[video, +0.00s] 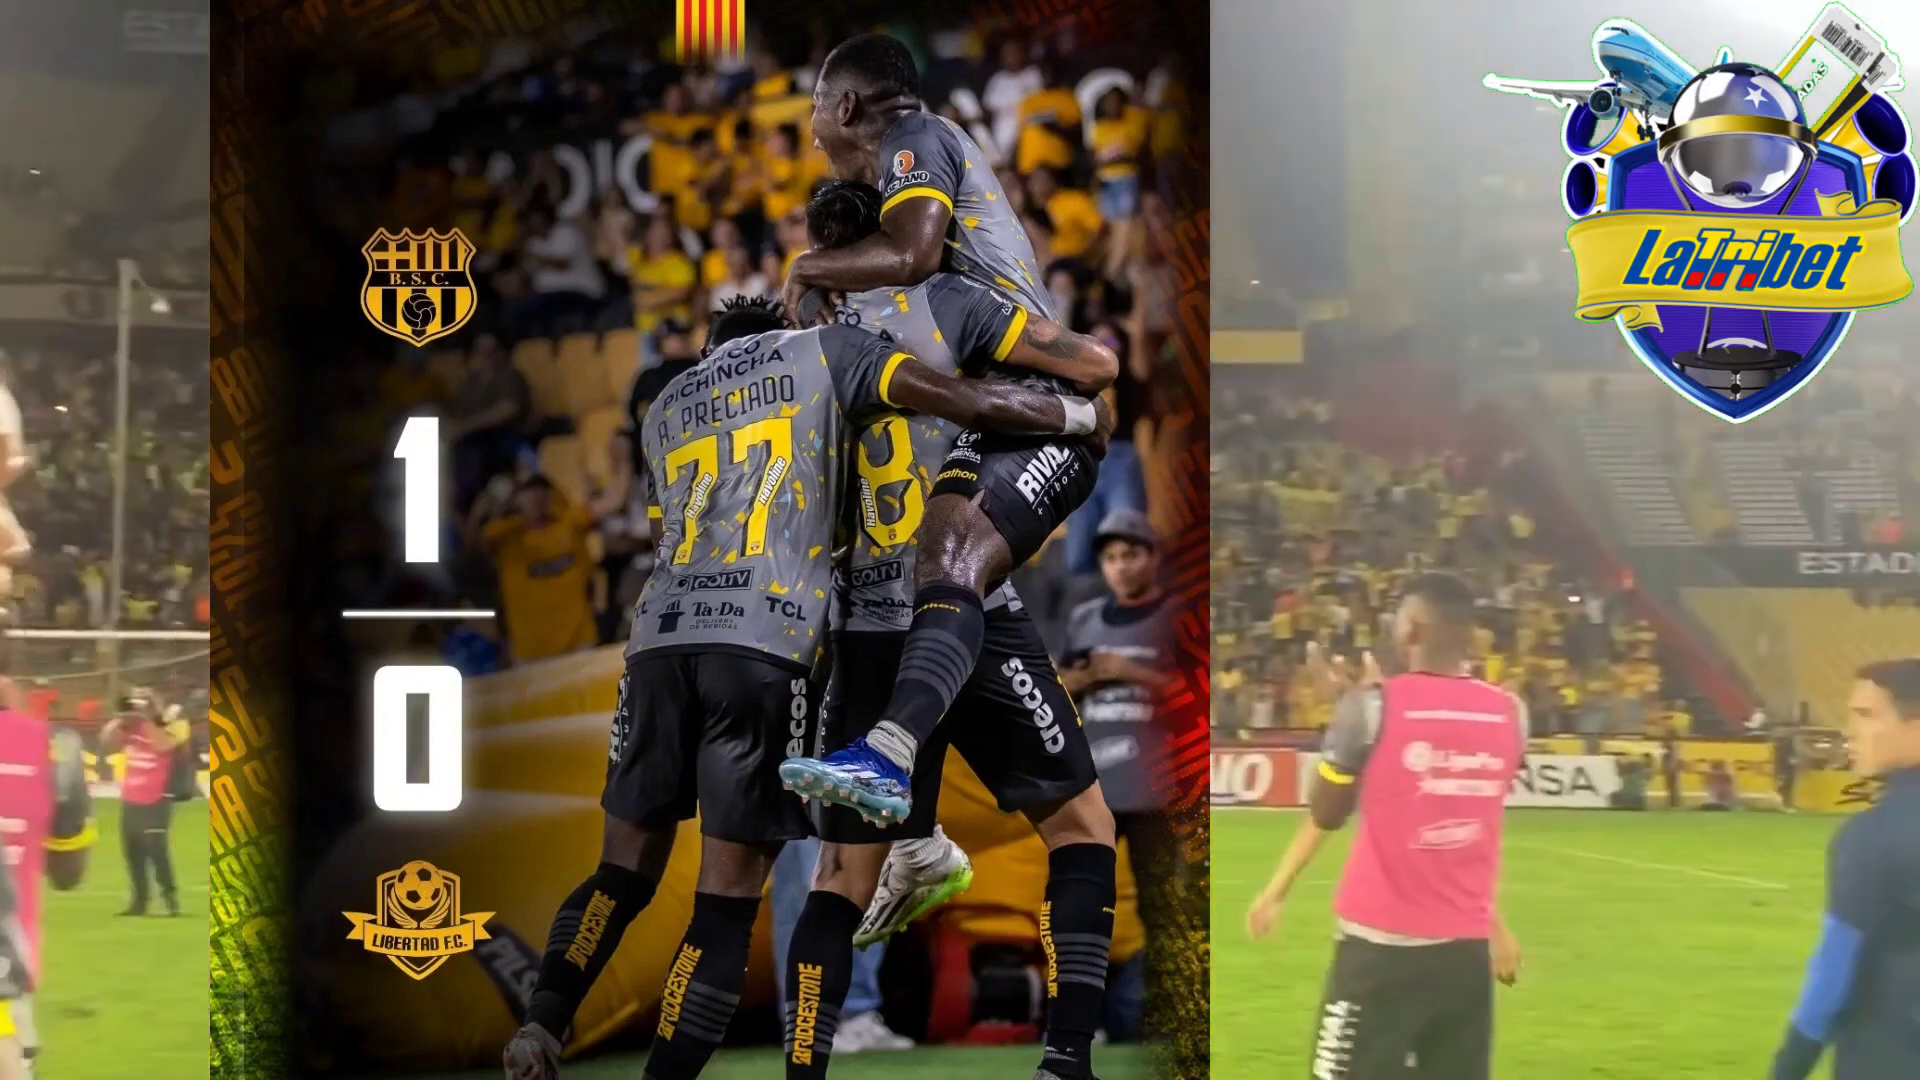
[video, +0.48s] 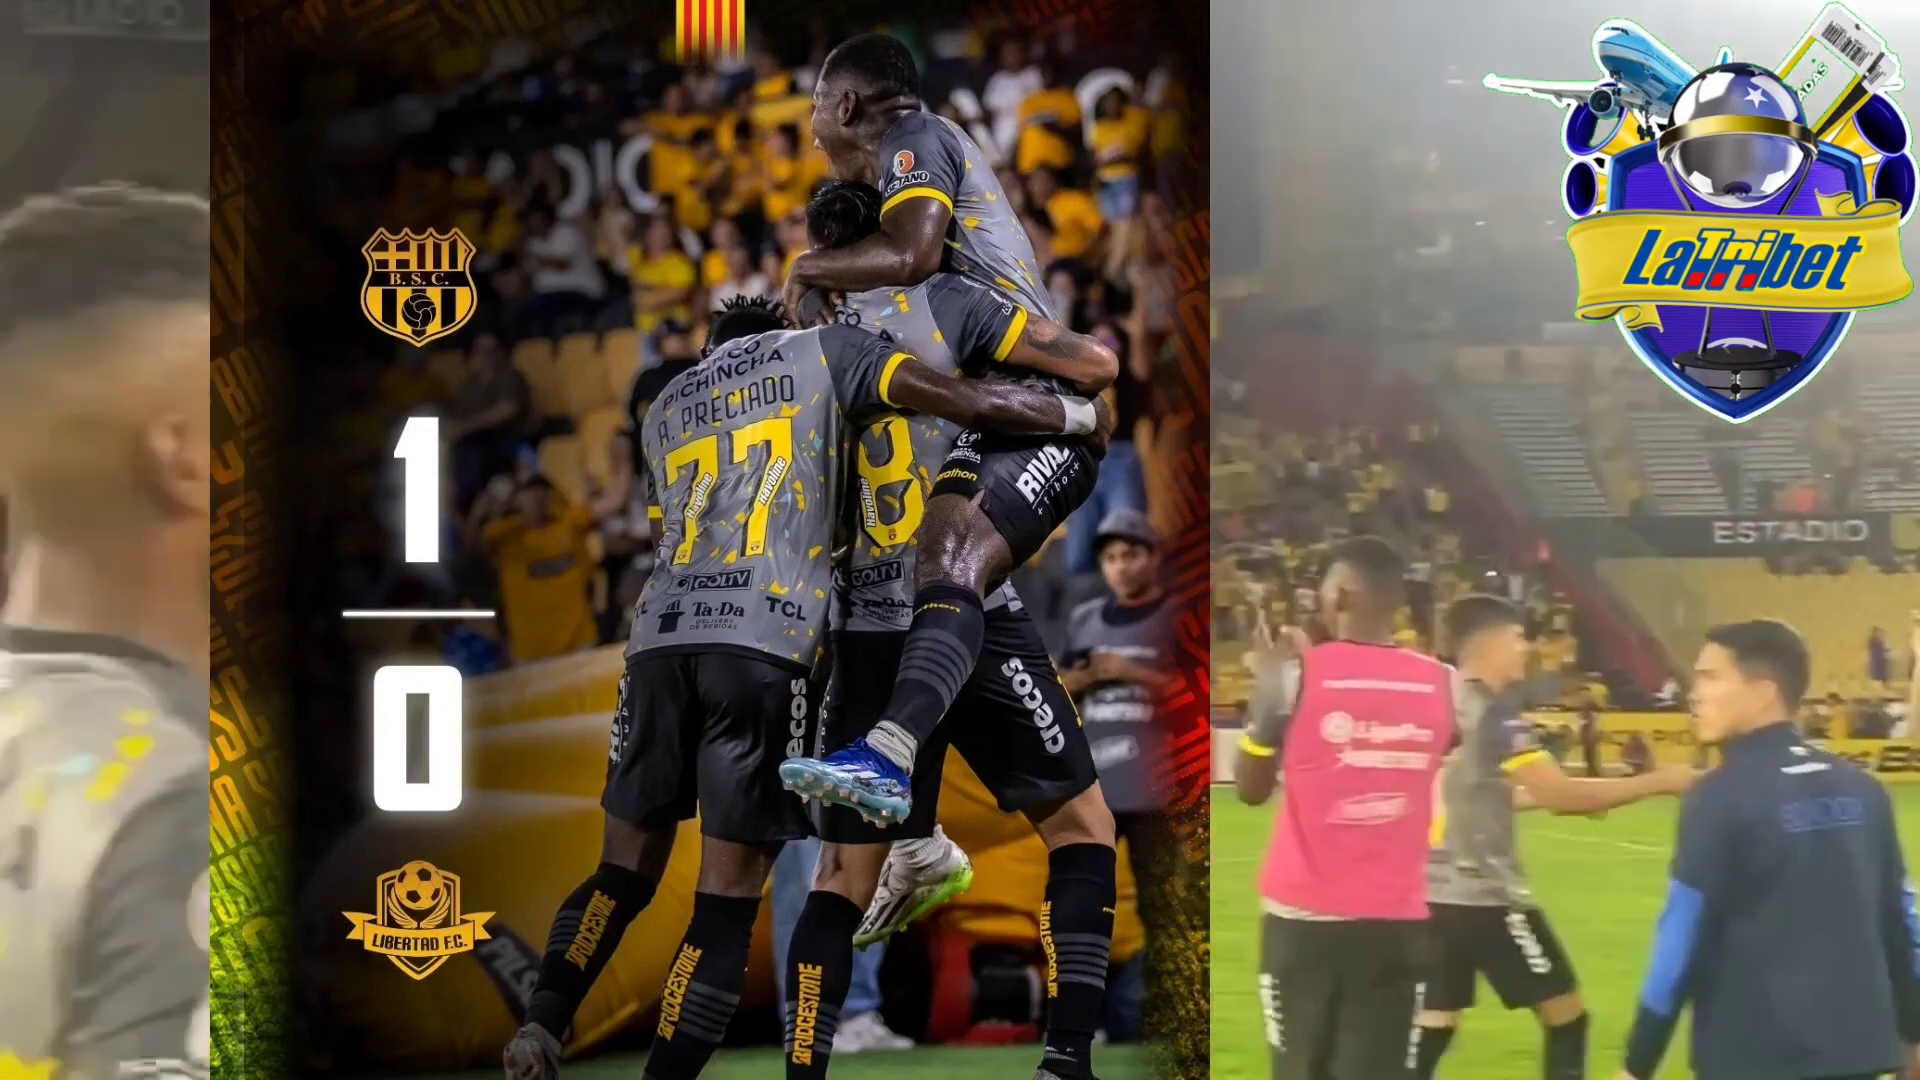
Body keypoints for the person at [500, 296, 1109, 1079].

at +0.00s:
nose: (828, 325)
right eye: (816, 318)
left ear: (708, 345)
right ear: (790, 323)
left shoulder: (660, 407)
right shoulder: (830, 348)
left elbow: (679, 522)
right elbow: (973, 400)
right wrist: (1089, 417)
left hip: (657, 648)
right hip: (762, 648)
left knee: (623, 865)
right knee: (728, 892)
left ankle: (542, 1027)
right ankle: (667, 1075)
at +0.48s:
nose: (828, 325)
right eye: (816, 318)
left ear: (708, 345)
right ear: (790, 323)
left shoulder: (660, 407)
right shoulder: (830, 348)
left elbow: (679, 522)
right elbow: (973, 400)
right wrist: (1089, 417)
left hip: (657, 648)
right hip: (762, 648)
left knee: (623, 865)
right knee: (728, 892)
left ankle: (542, 1027)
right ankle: (667, 1075)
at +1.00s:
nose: (826, 326)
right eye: (814, 319)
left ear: (709, 346)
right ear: (792, 324)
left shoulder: (660, 405)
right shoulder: (830, 348)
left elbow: (680, 521)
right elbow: (970, 400)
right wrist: (1088, 417)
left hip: (657, 648)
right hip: (762, 649)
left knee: (623, 865)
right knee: (727, 892)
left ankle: (542, 1028)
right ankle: (667, 1075)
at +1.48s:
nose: (826, 326)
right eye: (814, 319)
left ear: (709, 346)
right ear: (792, 324)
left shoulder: (660, 405)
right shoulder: (830, 348)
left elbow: (680, 521)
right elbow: (970, 400)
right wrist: (1088, 417)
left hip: (657, 648)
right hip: (762, 649)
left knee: (623, 865)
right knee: (727, 892)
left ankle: (542, 1028)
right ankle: (667, 1075)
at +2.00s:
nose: (826, 325)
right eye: (814, 319)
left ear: (710, 345)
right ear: (793, 324)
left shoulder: (661, 406)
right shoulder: (829, 348)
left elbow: (682, 519)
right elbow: (970, 399)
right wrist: (1086, 418)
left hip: (657, 648)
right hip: (762, 649)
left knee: (623, 865)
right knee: (727, 892)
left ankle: (542, 1027)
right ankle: (667, 1075)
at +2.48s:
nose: (827, 325)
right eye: (815, 319)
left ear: (709, 346)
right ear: (791, 324)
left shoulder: (660, 405)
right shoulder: (830, 348)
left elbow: (681, 518)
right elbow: (971, 400)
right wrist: (1088, 416)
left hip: (657, 648)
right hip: (762, 648)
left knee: (623, 865)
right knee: (728, 890)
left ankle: (543, 1027)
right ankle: (668, 1074)